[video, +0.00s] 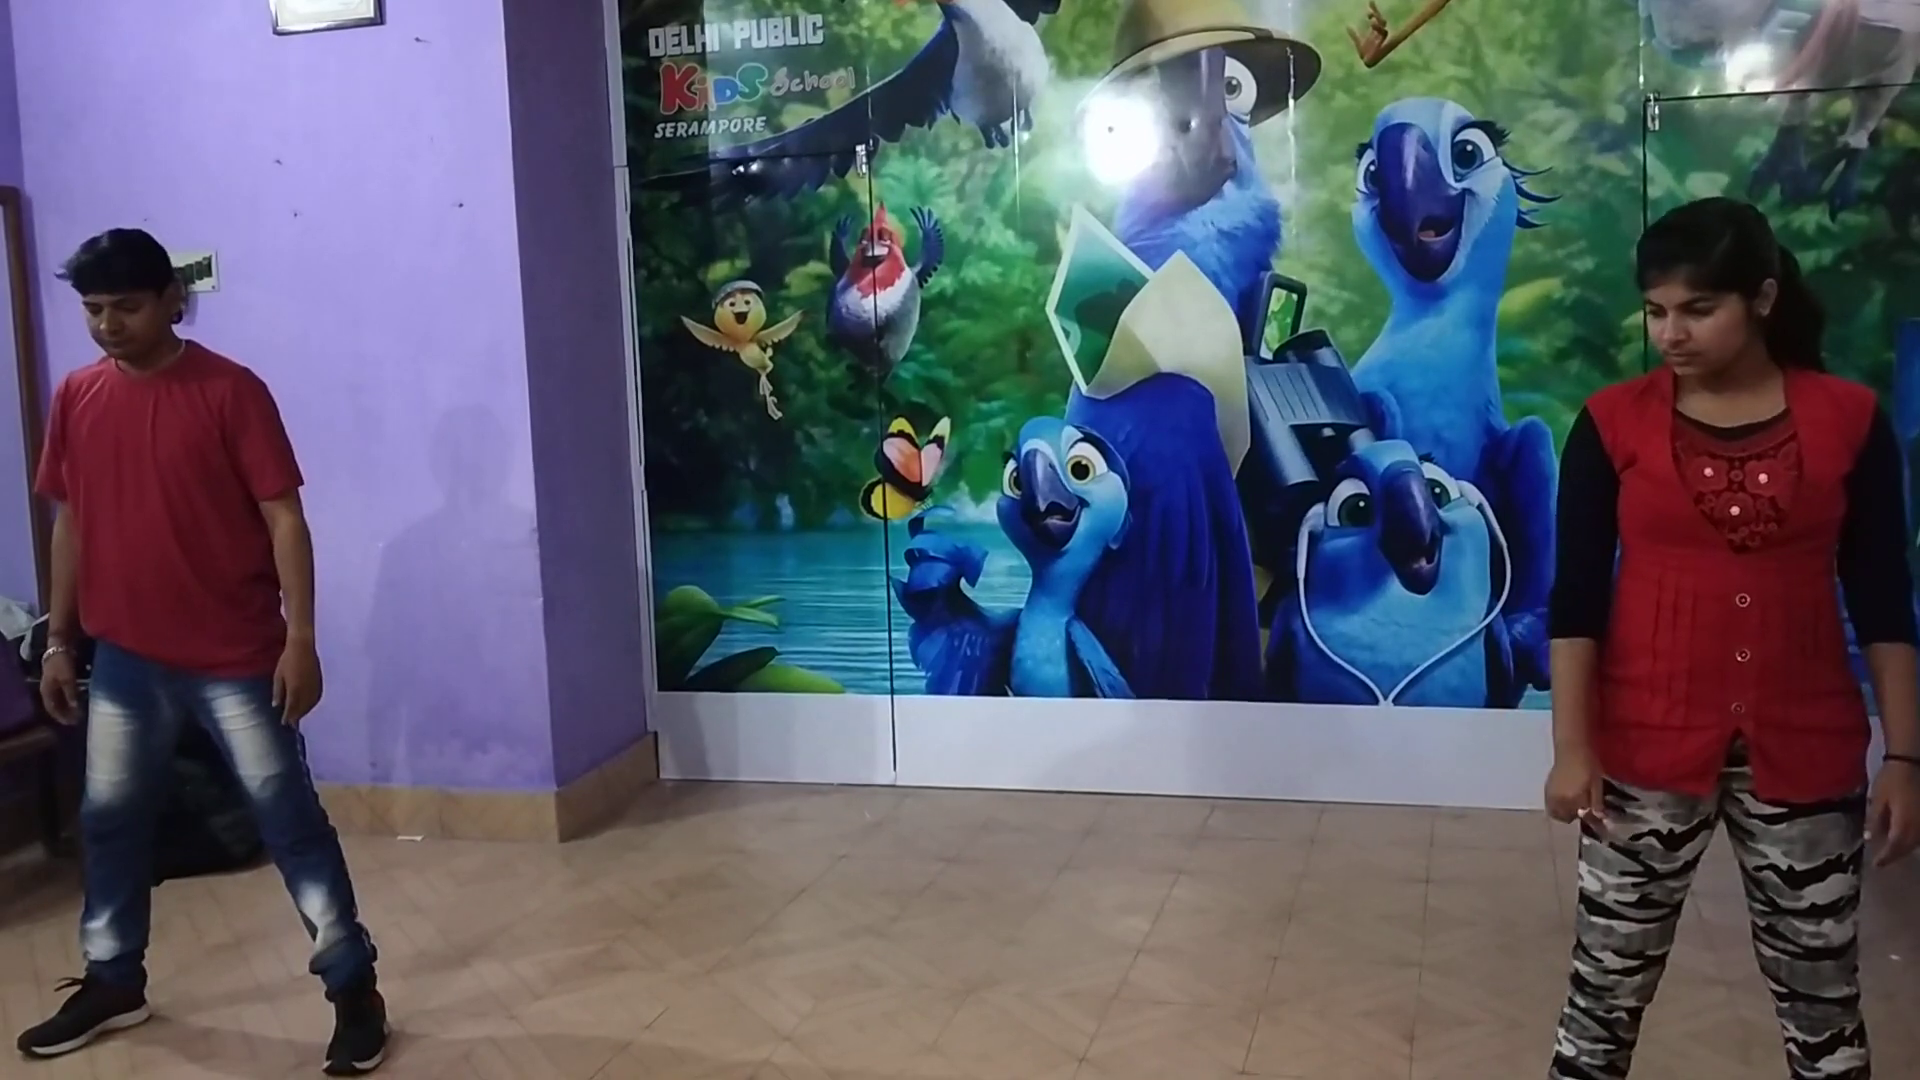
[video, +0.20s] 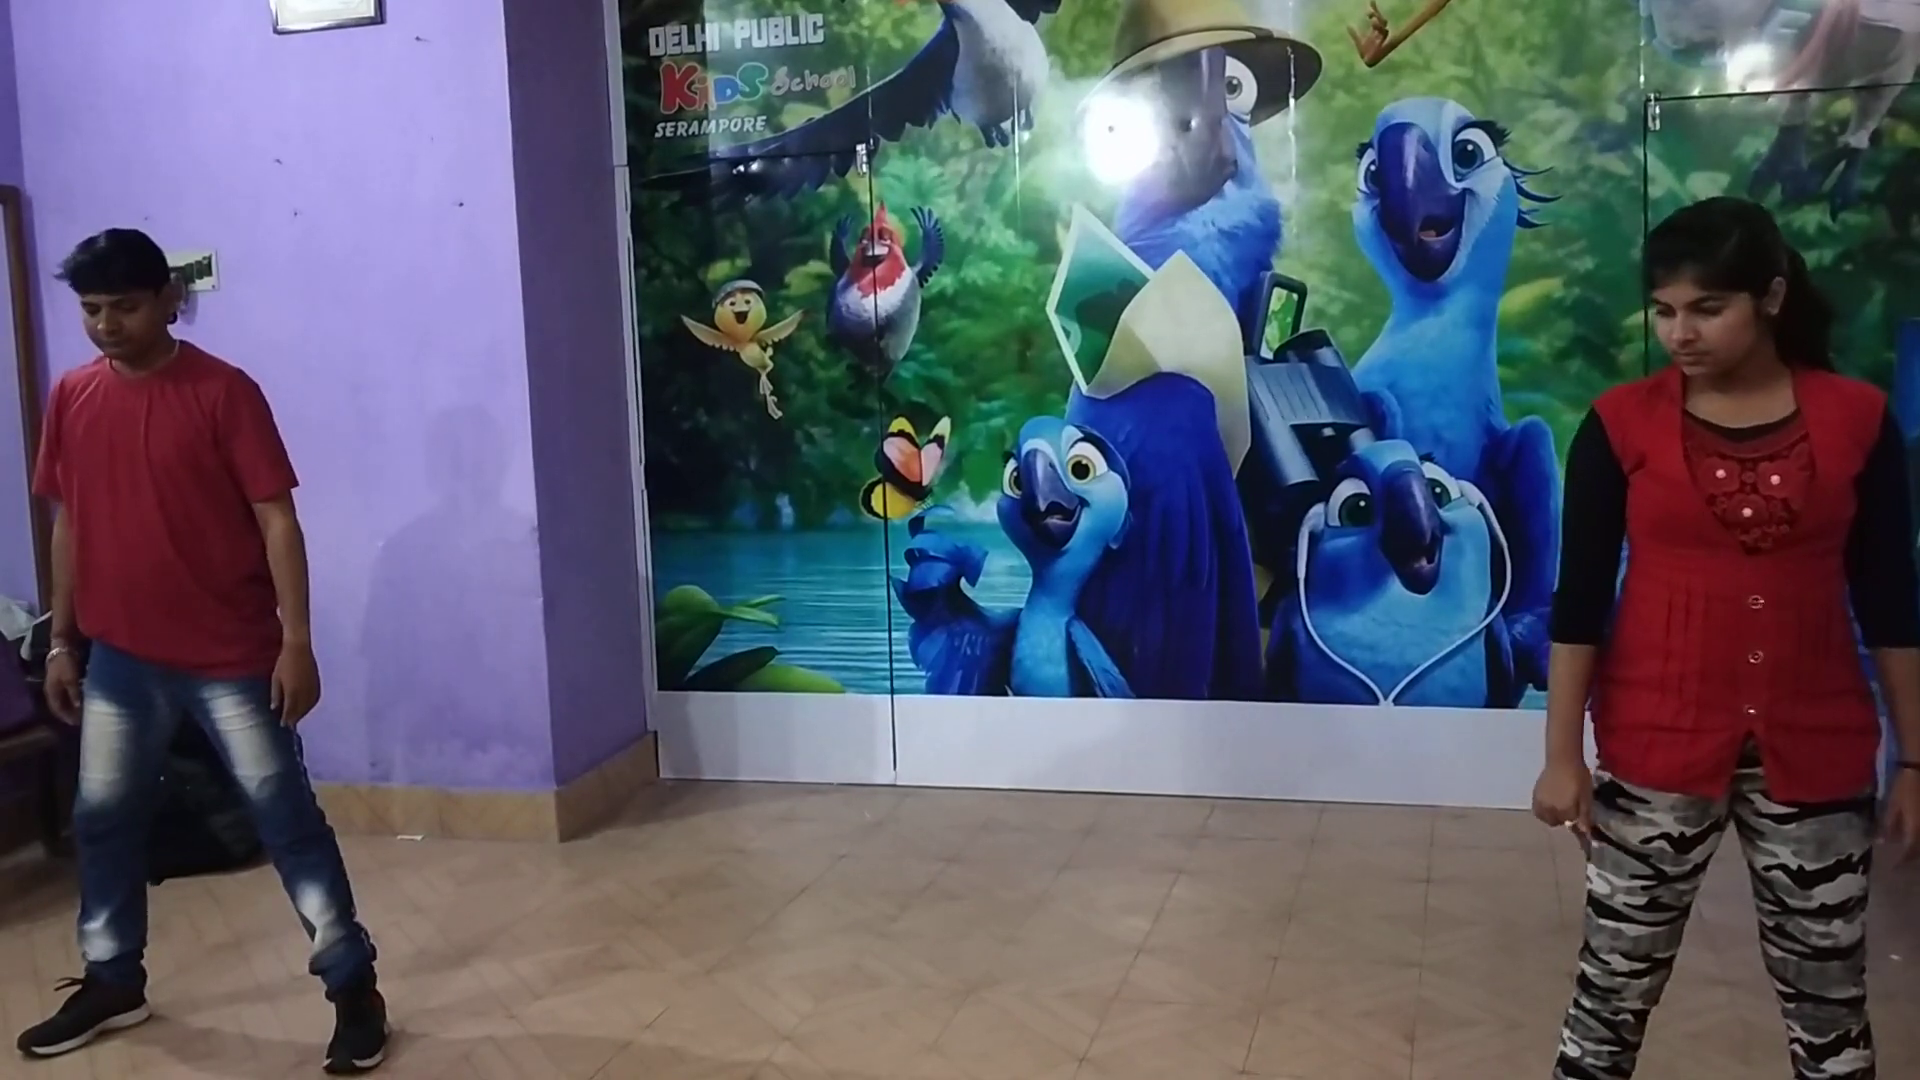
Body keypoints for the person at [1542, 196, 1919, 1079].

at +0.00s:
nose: (1669, 331)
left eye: (1695, 309)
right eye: (1656, 309)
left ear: (1761, 301)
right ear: (1644, 306)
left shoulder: (1848, 422)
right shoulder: (1611, 424)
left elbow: (1881, 598)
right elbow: (1576, 597)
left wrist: (1901, 753)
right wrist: (1570, 744)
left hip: (1803, 749)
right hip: (1646, 748)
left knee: (1822, 998)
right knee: (1606, 992)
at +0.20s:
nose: (1679, 332)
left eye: (1704, 309)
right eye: (1664, 310)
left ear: (1768, 300)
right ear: (1650, 309)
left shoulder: (1857, 421)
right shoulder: (1620, 423)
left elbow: (1889, 601)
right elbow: (1581, 599)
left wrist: (1912, 760)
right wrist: (1561, 757)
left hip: (1816, 749)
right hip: (1657, 748)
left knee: (1830, 1010)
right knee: (1613, 999)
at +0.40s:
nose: (1695, 340)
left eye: (1719, 316)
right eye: (1679, 318)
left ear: (1785, 306)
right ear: (1663, 316)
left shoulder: (1869, 426)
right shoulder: (1633, 429)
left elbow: (1904, 604)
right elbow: (1590, 602)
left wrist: (1917, 746)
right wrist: (1558, 759)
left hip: (1820, 752)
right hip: (1659, 749)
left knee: (1836, 1009)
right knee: (1607, 998)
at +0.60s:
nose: (1705, 336)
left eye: (1731, 314)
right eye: (1689, 313)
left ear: (1794, 311)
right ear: (1670, 307)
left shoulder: (1840, 443)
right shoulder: (1609, 418)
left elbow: (1889, 620)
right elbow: (1562, 590)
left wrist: (1917, 740)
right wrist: (1539, 743)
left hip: (1790, 750)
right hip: (1633, 745)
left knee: (1830, 1000)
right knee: (1563, 984)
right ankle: (1528, 1069)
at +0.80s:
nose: (1612, 369)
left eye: (1646, 353)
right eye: (1604, 343)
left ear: (1694, 377)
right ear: (1584, 349)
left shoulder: (1720, 488)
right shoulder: (1498, 470)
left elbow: (1791, 645)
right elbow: (1439, 626)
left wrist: (1882, 804)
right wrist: (1424, 789)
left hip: (1722, 773)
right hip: (1568, 785)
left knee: (1860, 1011)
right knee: (1475, 1024)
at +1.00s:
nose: (1469, 475)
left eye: (1498, 455)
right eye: (1458, 453)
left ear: (1555, 473)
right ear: (1445, 465)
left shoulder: (1648, 556)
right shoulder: (1426, 622)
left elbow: (1756, 689)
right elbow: (1373, 781)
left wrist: (1841, 828)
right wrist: (1315, 931)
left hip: (1711, 820)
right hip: (1553, 841)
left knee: (1873, 1009)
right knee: (1447, 1025)